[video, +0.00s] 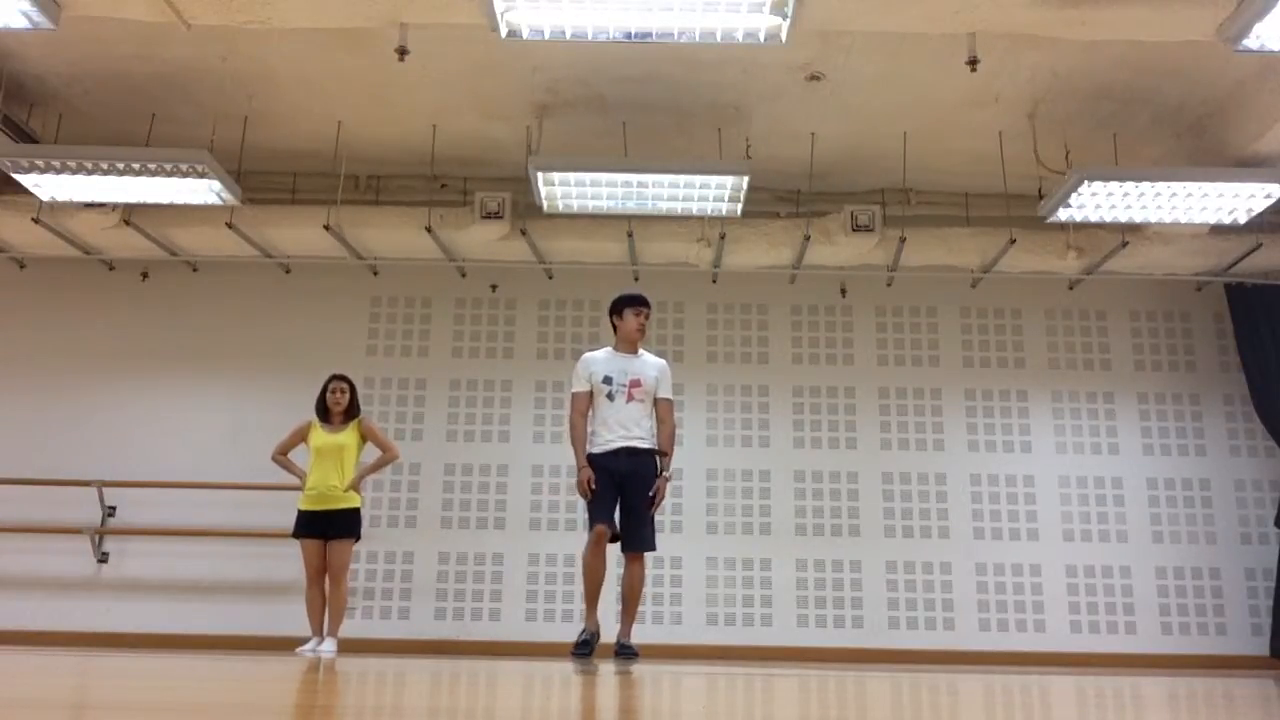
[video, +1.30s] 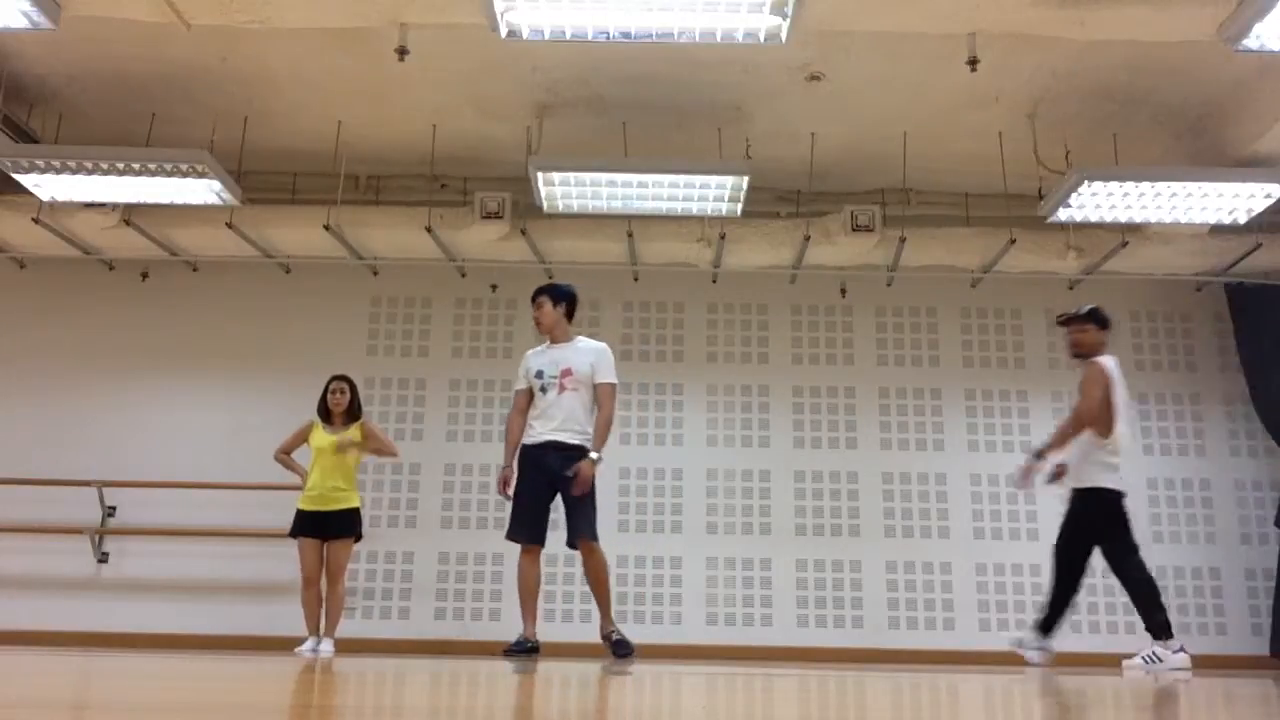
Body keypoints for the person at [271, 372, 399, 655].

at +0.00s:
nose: (337, 396)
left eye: (343, 392)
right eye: (332, 391)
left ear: (351, 397)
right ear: (324, 396)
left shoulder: (360, 426)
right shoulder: (311, 427)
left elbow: (393, 453)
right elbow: (277, 454)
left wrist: (361, 476)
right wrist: (302, 475)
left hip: (344, 507)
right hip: (311, 506)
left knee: (337, 577)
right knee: (313, 576)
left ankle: (332, 637)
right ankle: (316, 636)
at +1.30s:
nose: (336, 396)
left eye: (342, 392)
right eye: (332, 392)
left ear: (352, 397)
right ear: (325, 397)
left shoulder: (361, 427)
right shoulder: (313, 427)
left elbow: (391, 451)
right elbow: (280, 454)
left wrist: (357, 446)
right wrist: (302, 472)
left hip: (343, 507)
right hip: (310, 506)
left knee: (335, 577)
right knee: (309, 578)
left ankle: (329, 638)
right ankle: (313, 637)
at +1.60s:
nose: (338, 396)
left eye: (343, 392)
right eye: (333, 391)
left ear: (351, 398)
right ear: (325, 396)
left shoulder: (358, 427)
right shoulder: (313, 426)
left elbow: (375, 431)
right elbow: (281, 453)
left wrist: (362, 404)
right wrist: (302, 472)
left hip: (343, 506)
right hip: (310, 505)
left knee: (334, 577)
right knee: (309, 576)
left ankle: (328, 638)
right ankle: (308, 636)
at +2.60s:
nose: (337, 397)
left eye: (342, 393)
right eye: (332, 392)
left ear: (349, 398)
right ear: (322, 396)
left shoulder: (356, 431)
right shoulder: (308, 429)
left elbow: (371, 469)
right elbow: (273, 459)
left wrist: (362, 437)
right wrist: (279, 491)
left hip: (340, 507)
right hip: (307, 506)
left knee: (330, 575)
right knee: (308, 575)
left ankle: (325, 637)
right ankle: (308, 636)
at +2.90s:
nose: (336, 396)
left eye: (342, 391)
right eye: (332, 391)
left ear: (350, 397)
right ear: (323, 396)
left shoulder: (360, 428)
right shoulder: (308, 431)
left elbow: (370, 466)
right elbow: (297, 471)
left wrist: (338, 474)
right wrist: (299, 503)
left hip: (341, 509)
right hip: (309, 509)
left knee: (334, 574)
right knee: (308, 575)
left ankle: (328, 637)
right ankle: (309, 636)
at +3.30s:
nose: (337, 396)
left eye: (342, 392)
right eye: (332, 392)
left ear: (351, 398)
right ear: (324, 397)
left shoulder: (362, 430)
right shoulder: (310, 433)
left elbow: (374, 470)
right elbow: (301, 475)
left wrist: (365, 503)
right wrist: (290, 509)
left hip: (343, 508)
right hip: (309, 508)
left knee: (335, 577)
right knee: (310, 577)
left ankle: (328, 637)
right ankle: (310, 636)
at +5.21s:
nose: (336, 398)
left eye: (342, 394)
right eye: (332, 393)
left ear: (352, 399)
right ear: (325, 398)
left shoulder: (361, 430)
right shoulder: (310, 432)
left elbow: (367, 472)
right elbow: (298, 473)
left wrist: (361, 508)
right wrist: (291, 508)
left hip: (343, 509)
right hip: (309, 507)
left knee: (335, 575)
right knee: (311, 575)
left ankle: (327, 637)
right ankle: (311, 636)